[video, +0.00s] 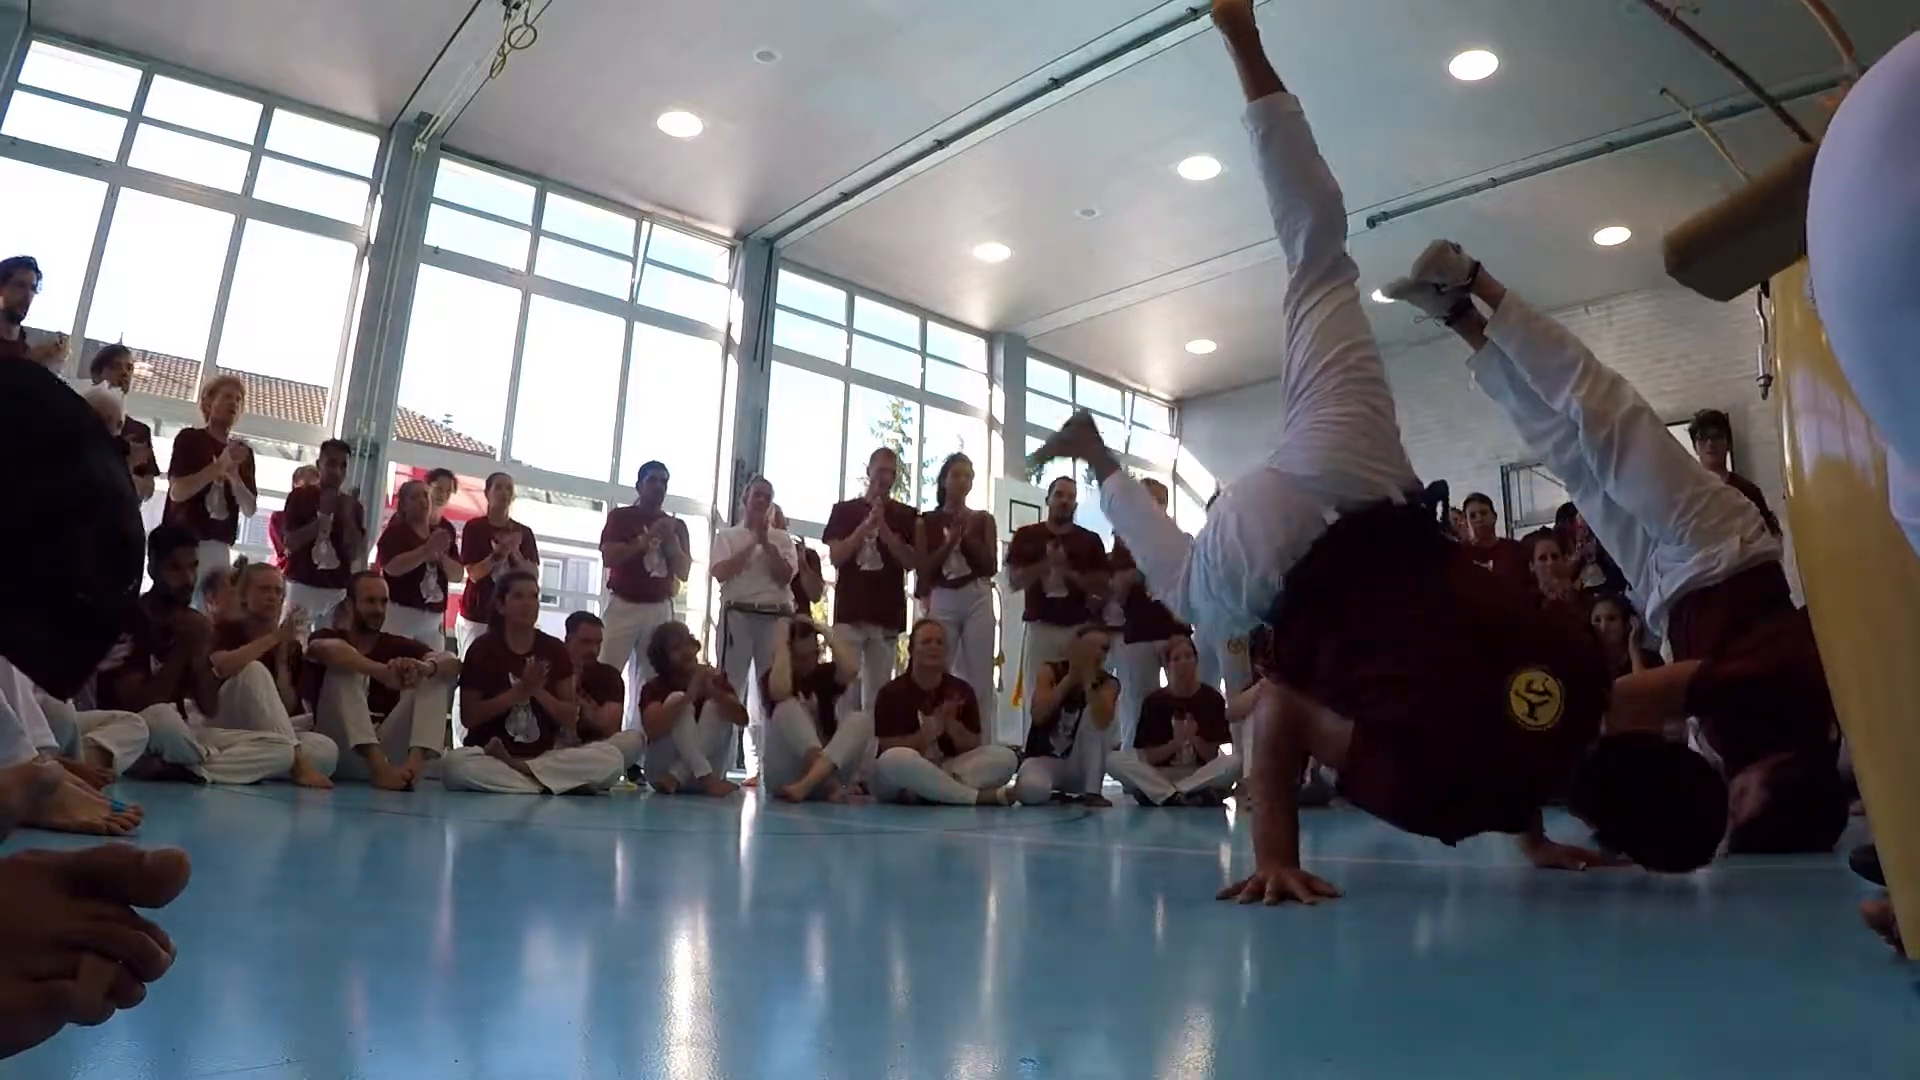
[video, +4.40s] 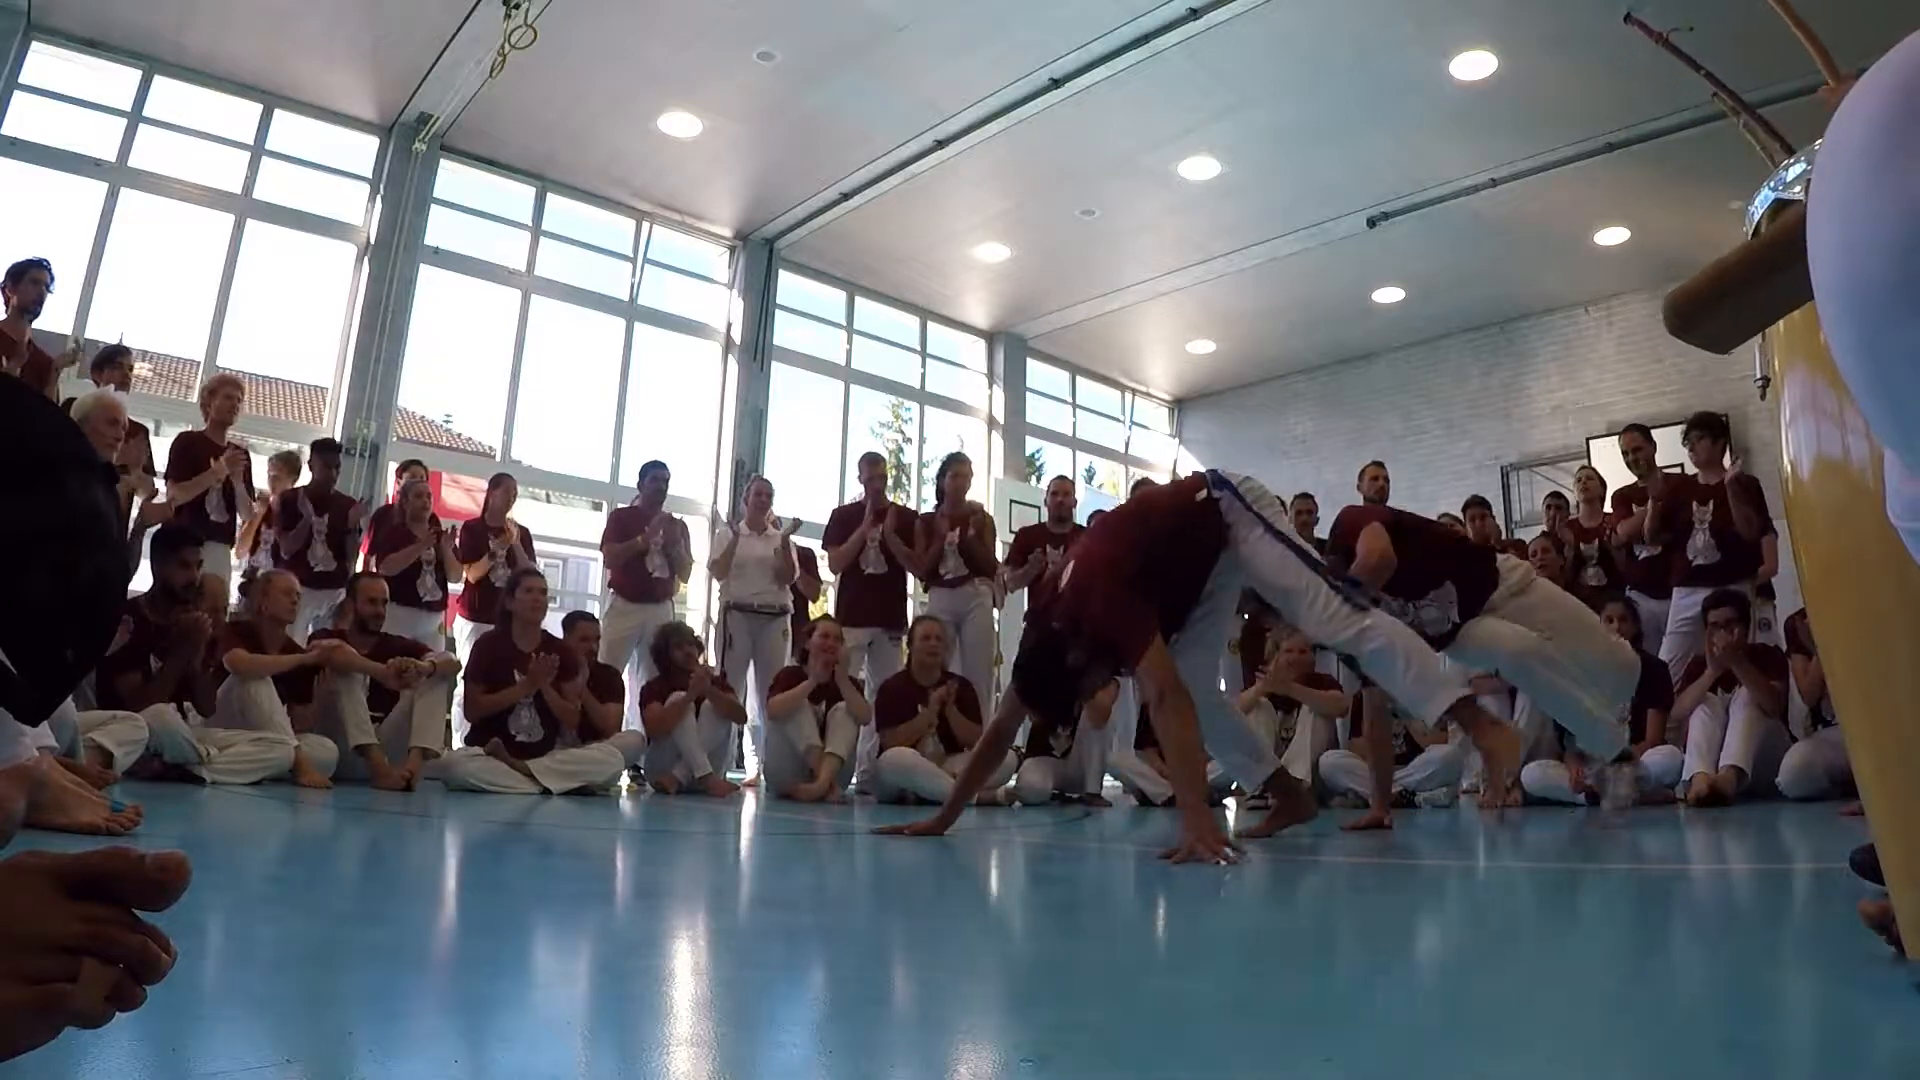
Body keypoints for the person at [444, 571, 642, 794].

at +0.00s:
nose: (529, 603)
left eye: (534, 597)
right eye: (519, 597)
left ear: (540, 603)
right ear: (500, 605)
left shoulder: (556, 649)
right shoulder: (481, 648)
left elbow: (570, 718)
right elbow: (469, 717)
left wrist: (536, 691)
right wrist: (521, 690)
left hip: (546, 756)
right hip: (489, 755)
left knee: (612, 759)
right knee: (455, 766)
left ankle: (522, 766)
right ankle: (548, 786)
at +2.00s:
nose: (528, 603)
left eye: (533, 597)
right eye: (519, 597)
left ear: (539, 603)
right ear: (500, 605)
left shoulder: (554, 649)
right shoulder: (481, 648)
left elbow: (569, 717)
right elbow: (469, 716)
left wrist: (535, 688)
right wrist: (519, 690)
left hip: (546, 756)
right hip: (488, 756)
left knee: (613, 758)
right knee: (454, 765)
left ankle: (522, 766)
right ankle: (550, 786)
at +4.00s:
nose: (544, 598)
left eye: (548, 593)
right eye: (535, 592)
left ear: (553, 602)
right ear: (514, 602)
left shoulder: (565, 650)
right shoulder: (490, 645)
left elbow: (575, 719)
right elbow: (475, 711)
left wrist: (545, 686)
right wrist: (530, 688)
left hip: (548, 757)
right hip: (492, 756)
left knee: (612, 760)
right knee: (454, 767)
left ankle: (524, 767)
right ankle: (547, 786)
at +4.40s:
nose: (539, 598)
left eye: (543, 593)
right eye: (529, 592)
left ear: (548, 601)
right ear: (509, 601)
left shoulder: (562, 649)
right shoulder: (487, 645)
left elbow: (572, 719)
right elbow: (473, 711)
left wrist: (544, 685)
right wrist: (527, 687)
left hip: (546, 757)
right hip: (492, 756)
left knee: (612, 760)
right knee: (454, 766)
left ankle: (523, 767)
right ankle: (548, 786)